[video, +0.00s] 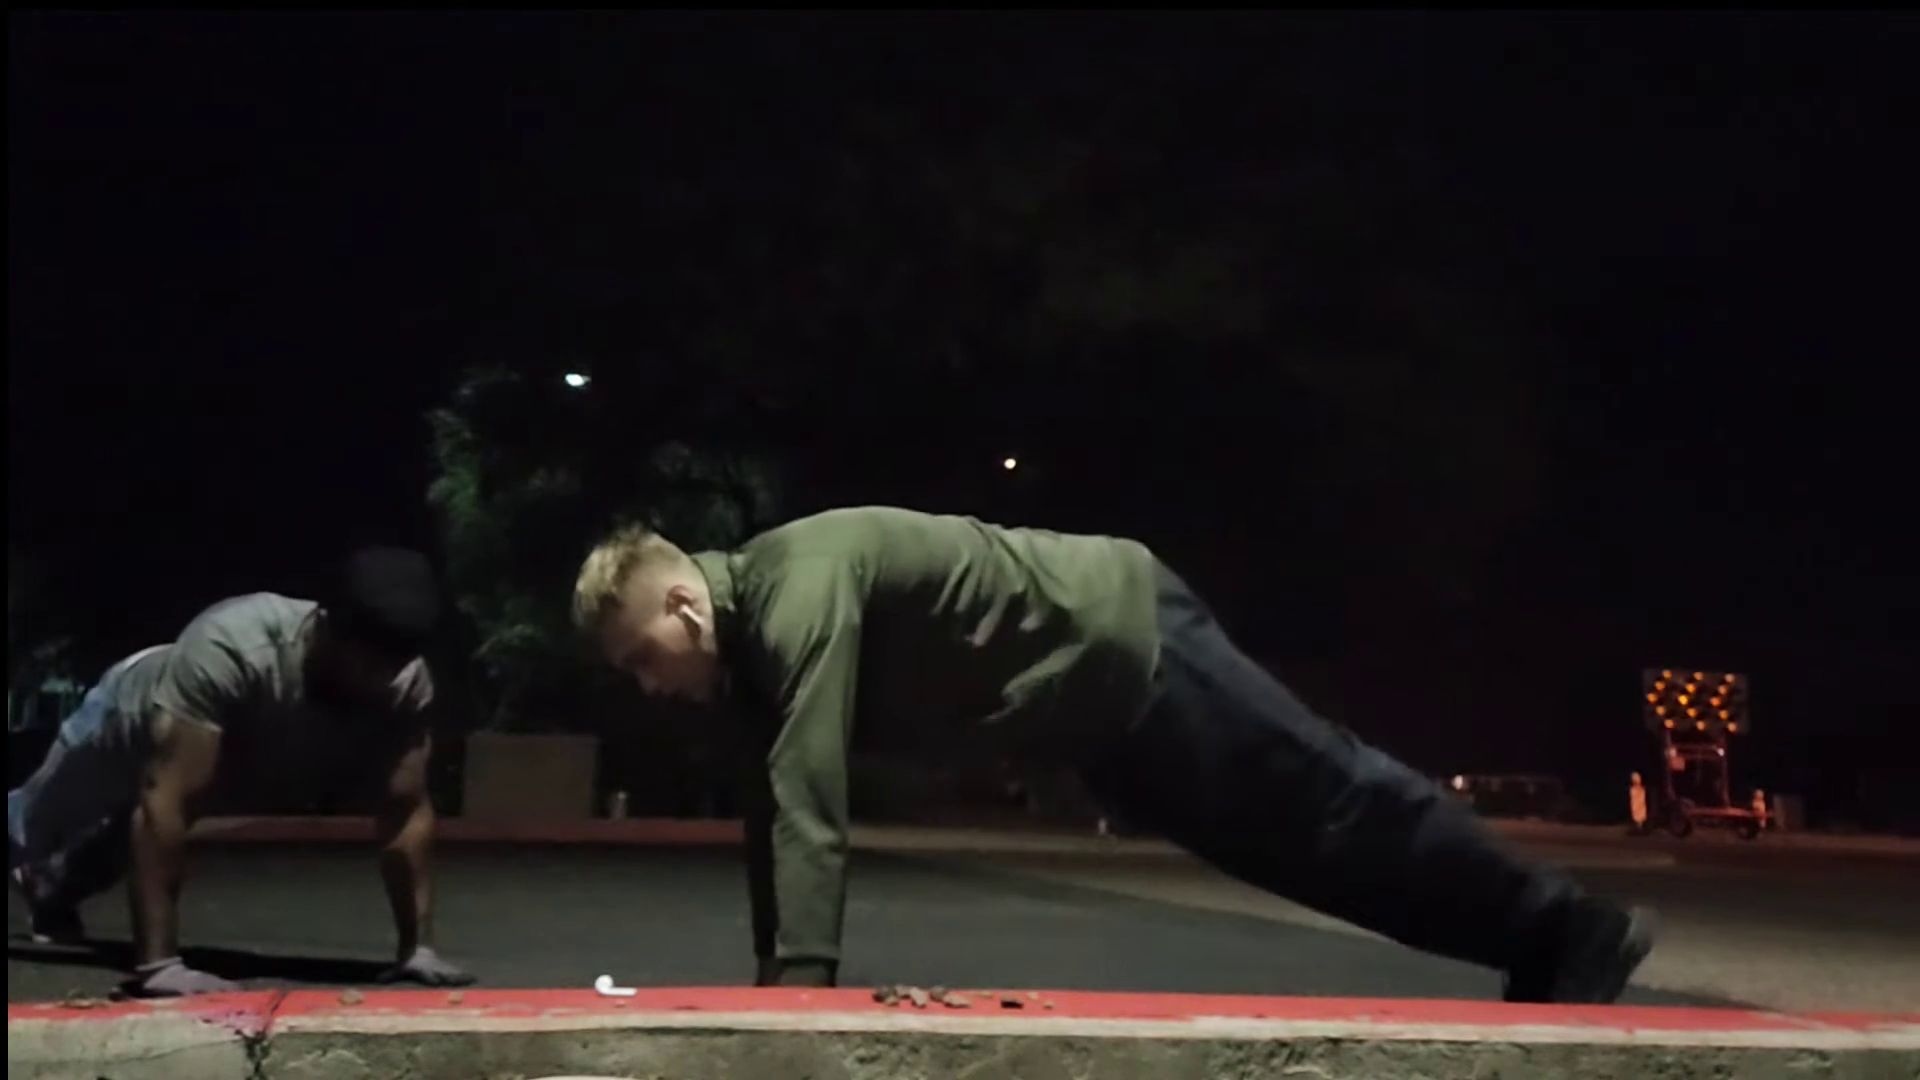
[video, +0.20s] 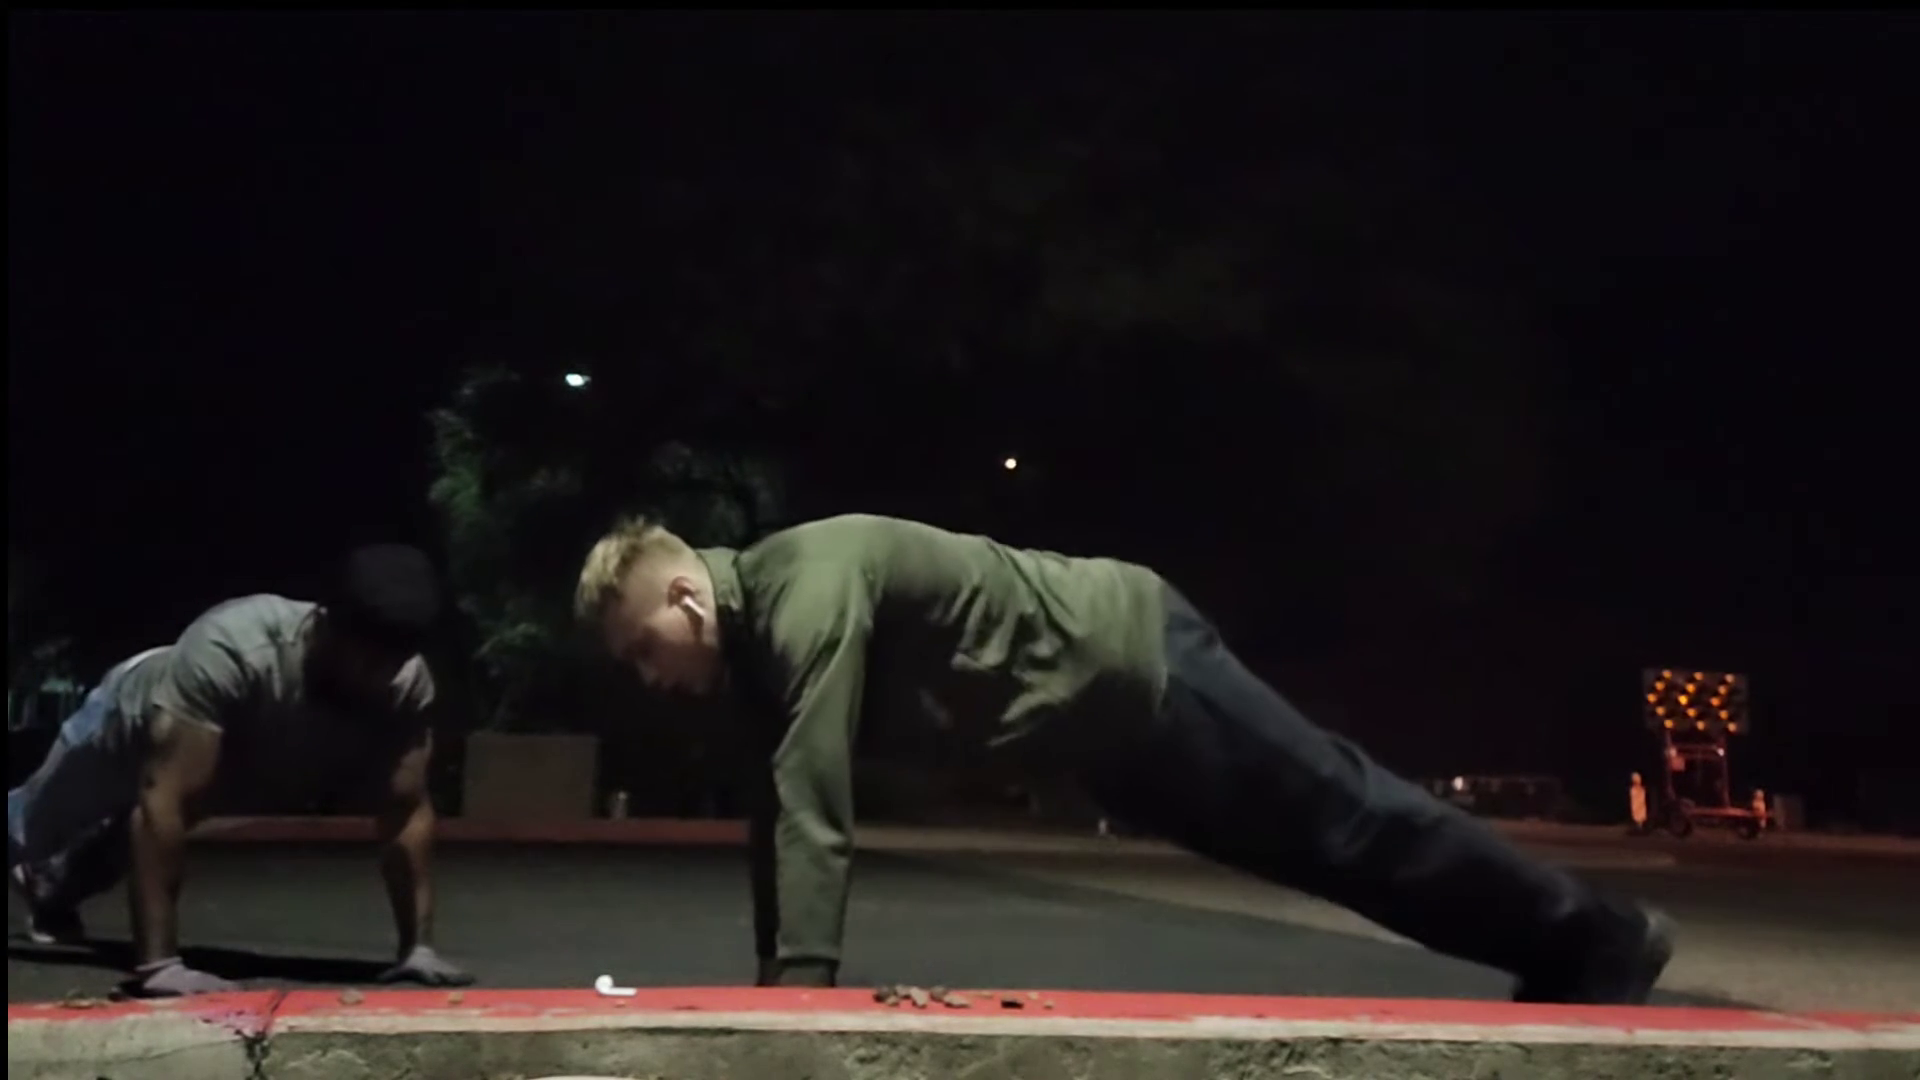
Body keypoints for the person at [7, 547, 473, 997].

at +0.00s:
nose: (393, 668)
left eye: (404, 654)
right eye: (379, 648)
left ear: (412, 650)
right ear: (333, 628)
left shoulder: (405, 686)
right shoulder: (228, 650)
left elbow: (408, 813)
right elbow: (161, 805)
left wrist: (417, 949)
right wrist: (158, 961)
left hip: (217, 750)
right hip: (127, 727)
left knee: (116, 848)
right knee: (35, 821)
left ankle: (54, 892)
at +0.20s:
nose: (392, 665)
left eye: (403, 650)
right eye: (377, 644)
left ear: (411, 646)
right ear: (332, 627)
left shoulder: (406, 686)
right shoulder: (228, 651)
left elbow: (409, 814)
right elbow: (160, 805)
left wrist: (417, 948)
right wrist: (158, 961)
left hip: (217, 755)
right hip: (127, 731)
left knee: (117, 847)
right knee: (35, 821)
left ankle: (55, 896)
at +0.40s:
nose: (389, 667)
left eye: (400, 651)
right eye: (374, 646)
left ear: (409, 646)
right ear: (328, 629)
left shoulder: (405, 687)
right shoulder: (227, 649)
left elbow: (409, 814)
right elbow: (158, 805)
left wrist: (418, 948)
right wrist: (157, 961)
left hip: (217, 757)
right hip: (125, 733)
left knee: (120, 845)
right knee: (32, 821)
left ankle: (53, 891)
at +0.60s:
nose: (388, 666)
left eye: (400, 650)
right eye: (374, 645)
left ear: (409, 646)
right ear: (329, 629)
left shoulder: (405, 686)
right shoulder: (229, 650)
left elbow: (409, 814)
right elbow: (158, 804)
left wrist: (418, 948)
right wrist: (157, 960)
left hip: (219, 758)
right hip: (127, 732)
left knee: (125, 843)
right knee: (34, 820)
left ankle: (55, 890)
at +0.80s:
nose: (391, 666)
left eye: (402, 650)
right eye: (376, 645)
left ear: (410, 646)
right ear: (330, 629)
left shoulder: (405, 686)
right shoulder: (230, 651)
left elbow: (410, 814)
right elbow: (158, 805)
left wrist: (418, 948)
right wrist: (157, 960)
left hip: (218, 758)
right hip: (127, 733)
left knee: (123, 846)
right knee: (35, 821)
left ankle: (55, 891)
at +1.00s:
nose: (392, 664)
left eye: (403, 649)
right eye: (377, 643)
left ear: (411, 645)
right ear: (330, 629)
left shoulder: (405, 685)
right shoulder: (231, 652)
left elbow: (411, 815)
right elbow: (159, 807)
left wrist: (418, 948)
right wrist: (157, 961)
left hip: (218, 756)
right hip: (127, 732)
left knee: (125, 844)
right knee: (37, 818)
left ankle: (55, 891)